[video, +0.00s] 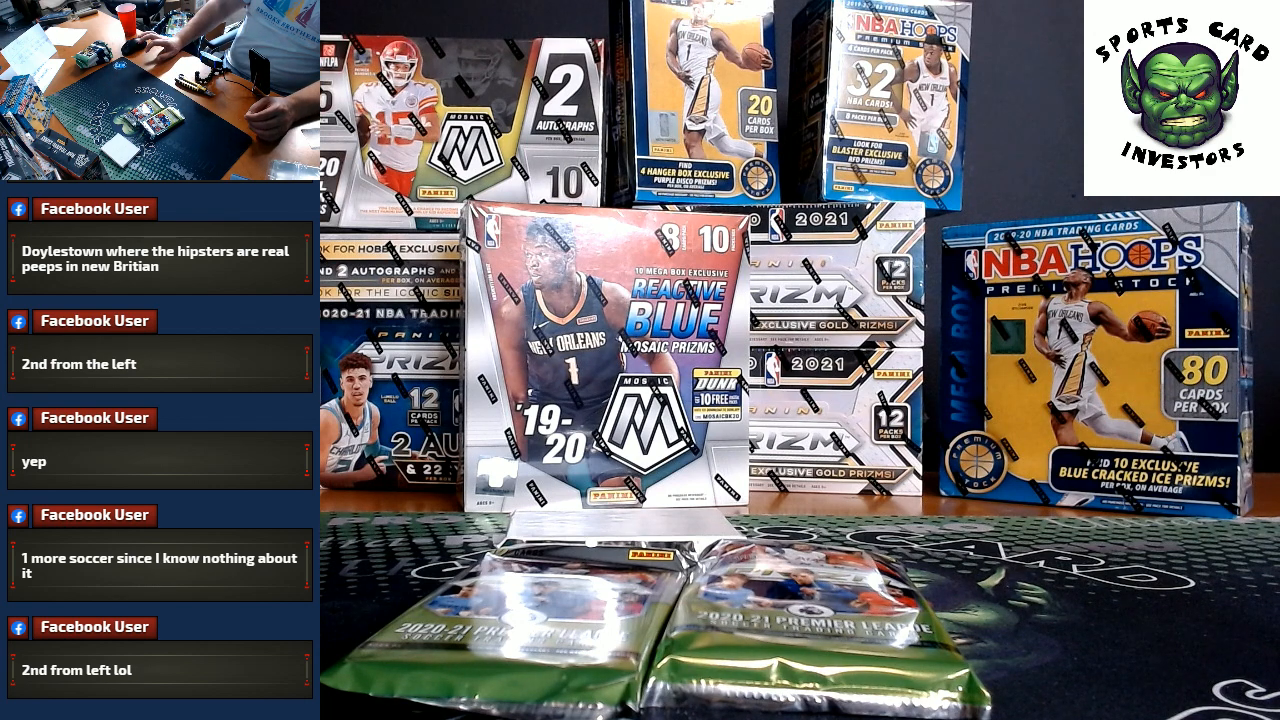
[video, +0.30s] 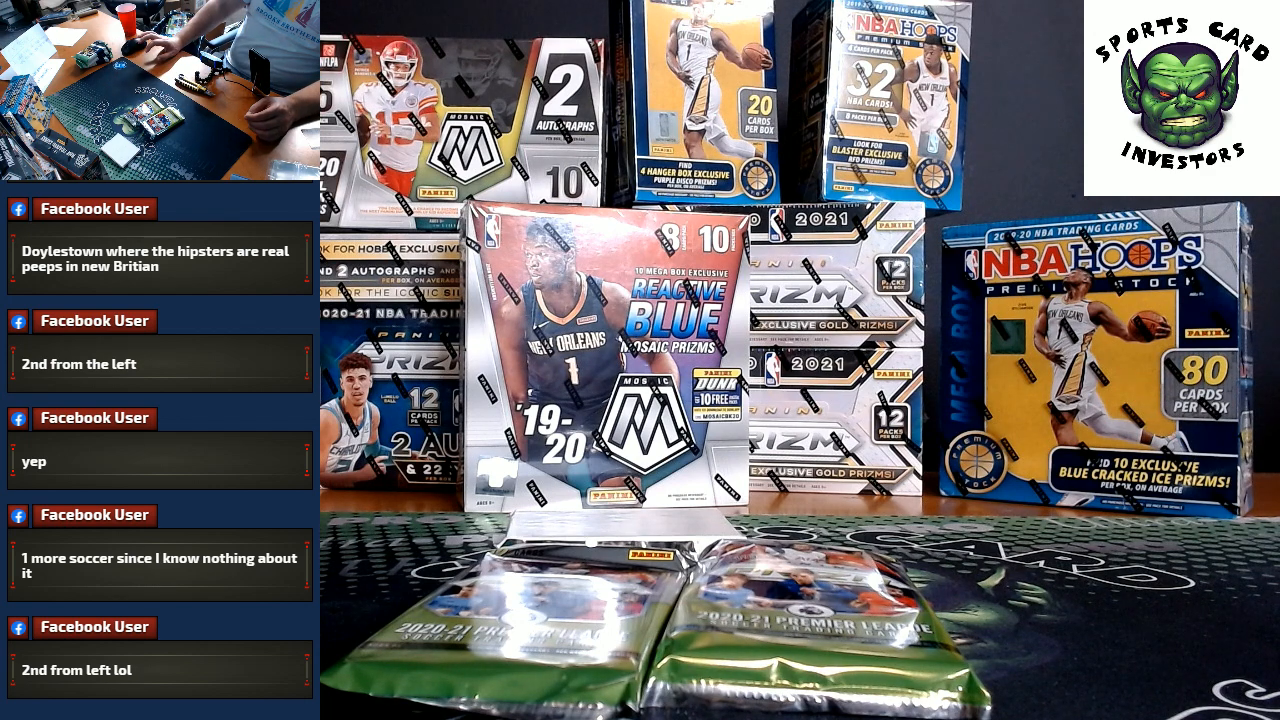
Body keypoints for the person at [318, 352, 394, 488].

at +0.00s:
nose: (356, 385)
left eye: (362, 378)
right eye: (350, 379)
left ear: (370, 382)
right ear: (341, 383)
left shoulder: (372, 413)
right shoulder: (325, 419)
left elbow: (373, 450)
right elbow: (317, 477)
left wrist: (406, 456)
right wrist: (360, 475)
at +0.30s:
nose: (356, 385)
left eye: (362, 378)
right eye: (350, 379)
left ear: (370, 382)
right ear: (341, 383)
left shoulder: (372, 413)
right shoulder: (325, 419)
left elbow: (373, 450)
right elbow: (317, 477)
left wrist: (406, 456)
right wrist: (360, 475)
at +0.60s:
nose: (356, 385)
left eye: (362, 378)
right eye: (350, 379)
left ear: (370, 382)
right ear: (341, 383)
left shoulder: (372, 413)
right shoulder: (325, 419)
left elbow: (373, 450)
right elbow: (316, 477)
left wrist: (406, 456)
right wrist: (360, 475)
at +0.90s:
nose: (356, 385)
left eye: (362, 378)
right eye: (350, 379)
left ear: (370, 382)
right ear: (341, 383)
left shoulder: (372, 413)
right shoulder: (325, 419)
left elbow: (373, 450)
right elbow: (317, 477)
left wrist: (407, 456)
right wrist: (360, 475)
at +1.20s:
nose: (356, 385)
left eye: (362, 378)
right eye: (350, 379)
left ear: (370, 382)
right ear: (341, 383)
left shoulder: (372, 413)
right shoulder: (325, 419)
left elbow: (373, 450)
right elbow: (316, 478)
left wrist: (405, 456)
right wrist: (360, 475)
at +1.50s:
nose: (356, 385)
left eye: (362, 378)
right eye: (350, 379)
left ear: (370, 382)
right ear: (342, 383)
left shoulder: (372, 413)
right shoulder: (325, 419)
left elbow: (374, 450)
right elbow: (321, 475)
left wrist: (407, 455)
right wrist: (360, 475)